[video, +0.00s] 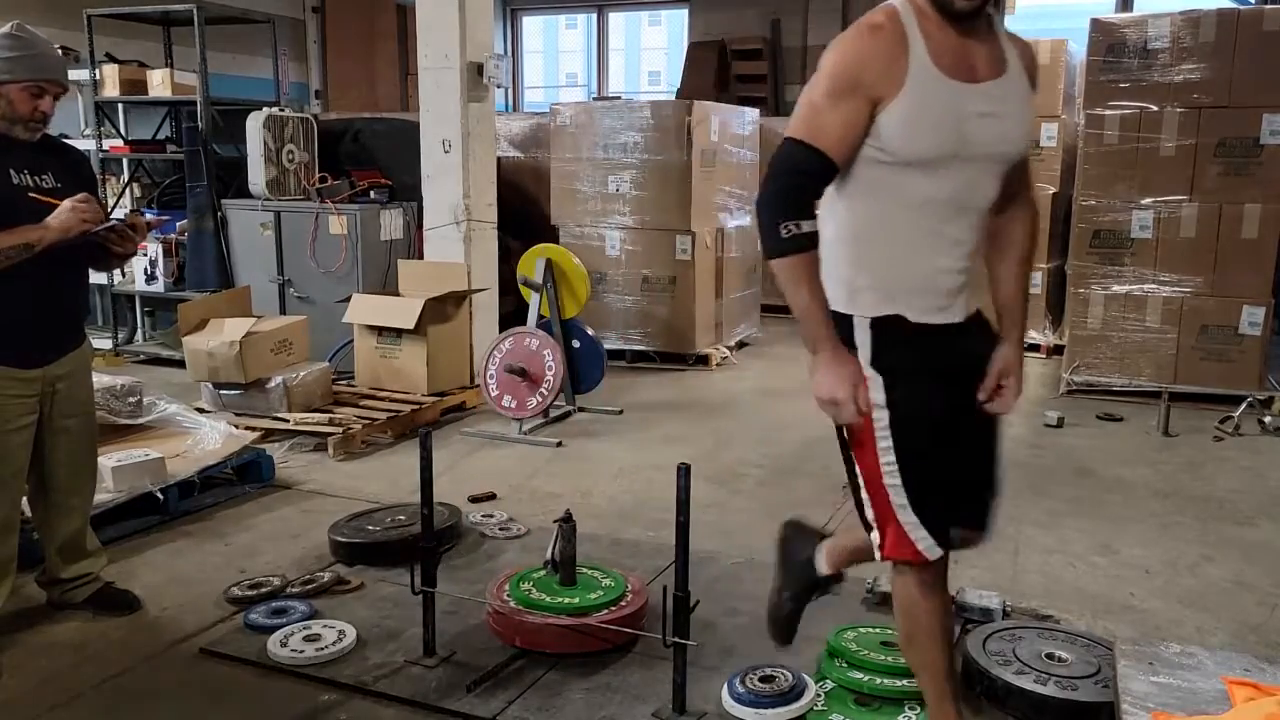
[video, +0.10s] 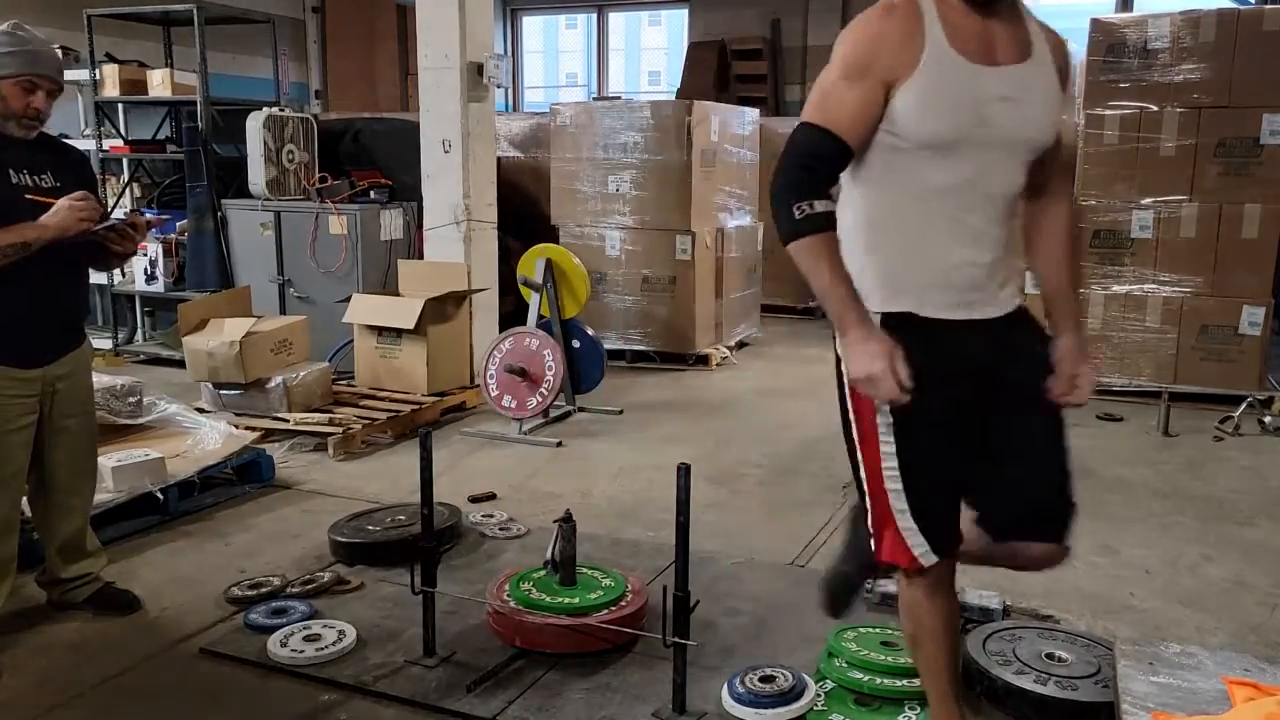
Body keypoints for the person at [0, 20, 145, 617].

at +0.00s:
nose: (47, 107)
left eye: (55, 96)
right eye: (36, 93)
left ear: (61, 95)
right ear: (1, 85)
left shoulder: (69, 160)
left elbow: (87, 250)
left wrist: (118, 248)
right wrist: (47, 231)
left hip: (67, 350)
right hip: (6, 359)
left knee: (70, 476)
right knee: (6, 492)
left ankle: (73, 579)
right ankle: (1, 599)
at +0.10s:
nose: (39, 103)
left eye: (51, 92)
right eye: (27, 87)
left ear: (59, 94)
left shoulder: (69, 159)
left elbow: (84, 250)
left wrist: (115, 248)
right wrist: (45, 227)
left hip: (66, 348)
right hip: (6, 356)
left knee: (70, 473)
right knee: (8, 488)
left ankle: (73, 579)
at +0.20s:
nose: (29, 99)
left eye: (43, 89)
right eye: (17, 83)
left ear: (54, 94)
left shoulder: (68, 160)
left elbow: (88, 248)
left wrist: (116, 247)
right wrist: (37, 225)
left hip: (66, 349)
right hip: (4, 358)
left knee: (70, 475)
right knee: (7, 491)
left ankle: (73, 580)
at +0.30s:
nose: (18, 95)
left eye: (33, 85)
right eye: (8, 79)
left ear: (48, 96)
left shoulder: (69, 160)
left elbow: (91, 250)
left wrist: (118, 247)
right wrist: (30, 222)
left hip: (66, 349)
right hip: (5, 358)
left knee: (71, 476)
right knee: (7, 491)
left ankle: (74, 580)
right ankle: (1, 597)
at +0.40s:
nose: (14, 93)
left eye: (28, 84)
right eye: (4, 78)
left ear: (46, 96)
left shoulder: (70, 160)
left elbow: (95, 249)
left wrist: (120, 249)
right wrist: (26, 216)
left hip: (69, 349)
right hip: (5, 357)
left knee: (74, 477)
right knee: (6, 491)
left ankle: (76, 579)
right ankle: (3, 596)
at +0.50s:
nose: (17, 96)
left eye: (30, 86)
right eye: (6, 82)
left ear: (46, 95)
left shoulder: (73, 160)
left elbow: (102, 245)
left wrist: (123, 247)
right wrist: (24, 211)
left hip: (74, 348)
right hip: (6, 357)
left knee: (81, 474)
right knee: (7, 488)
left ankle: (76, 581)